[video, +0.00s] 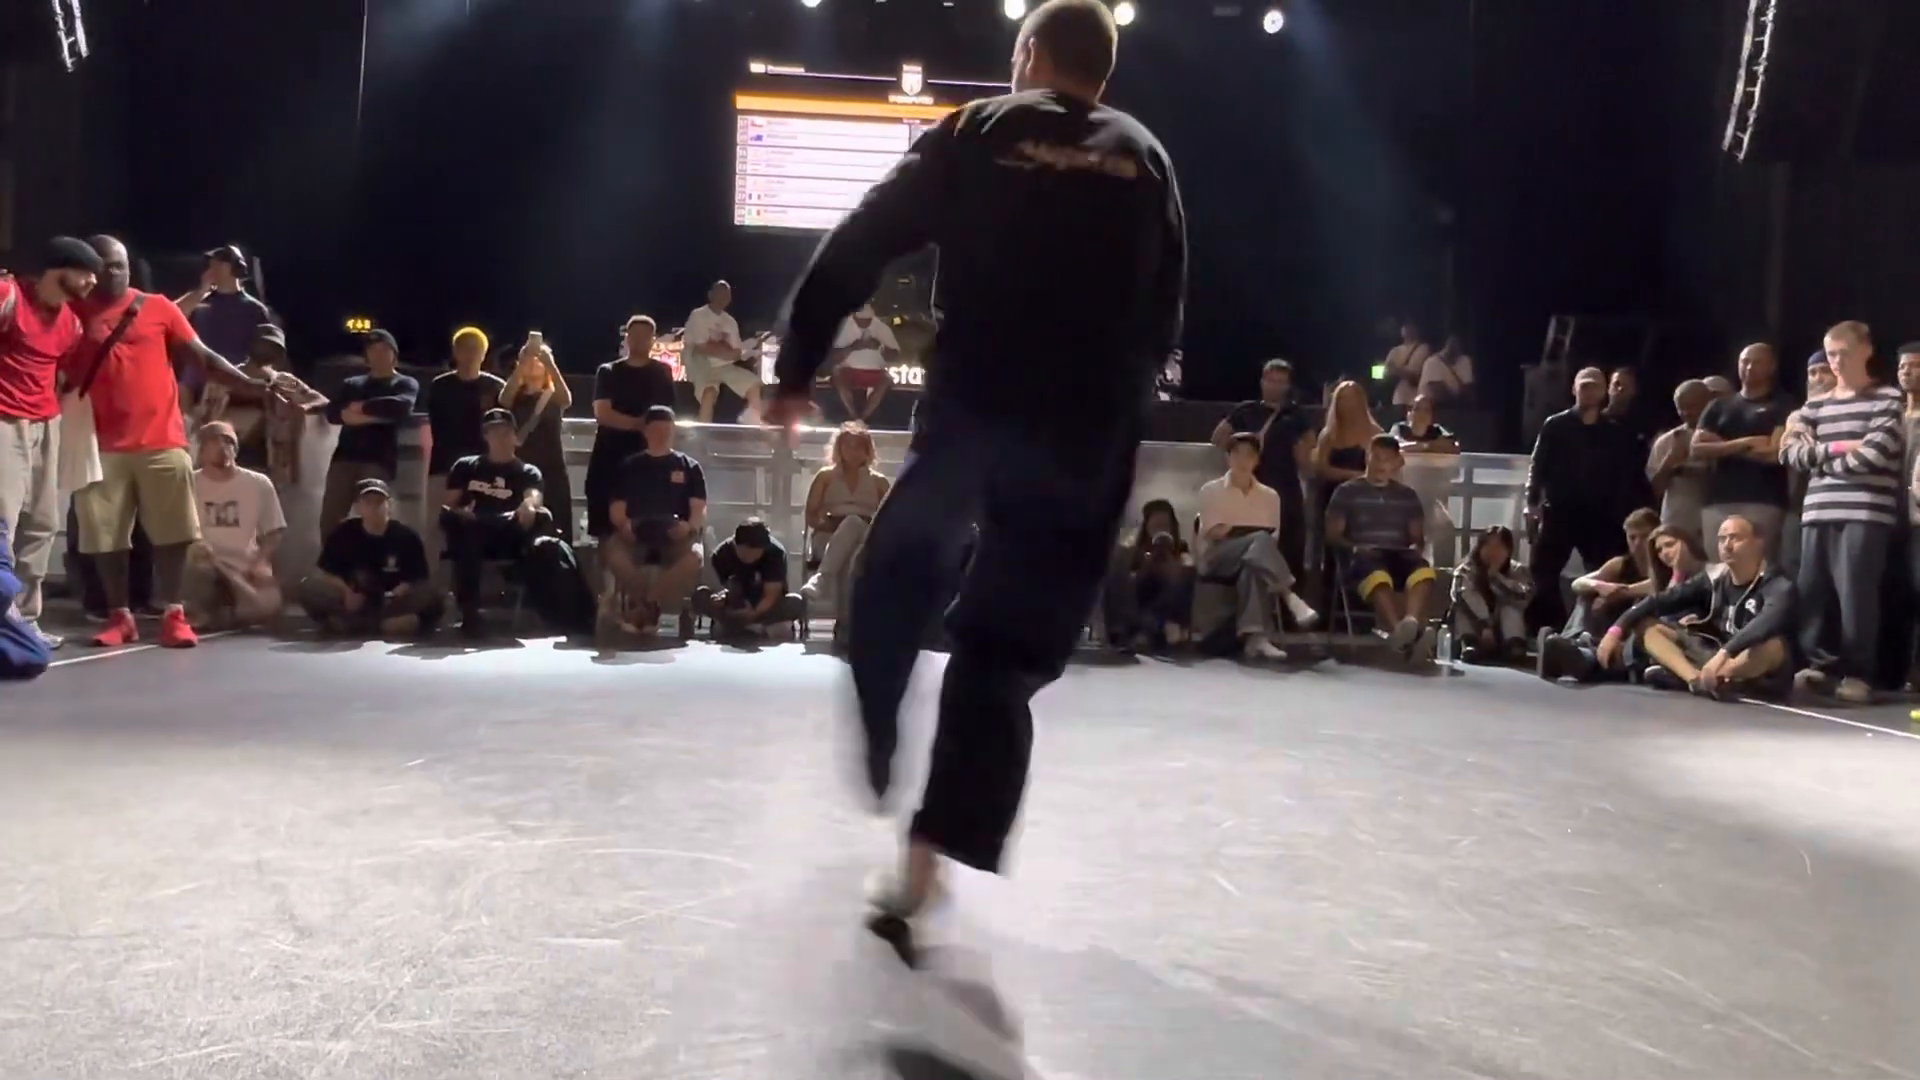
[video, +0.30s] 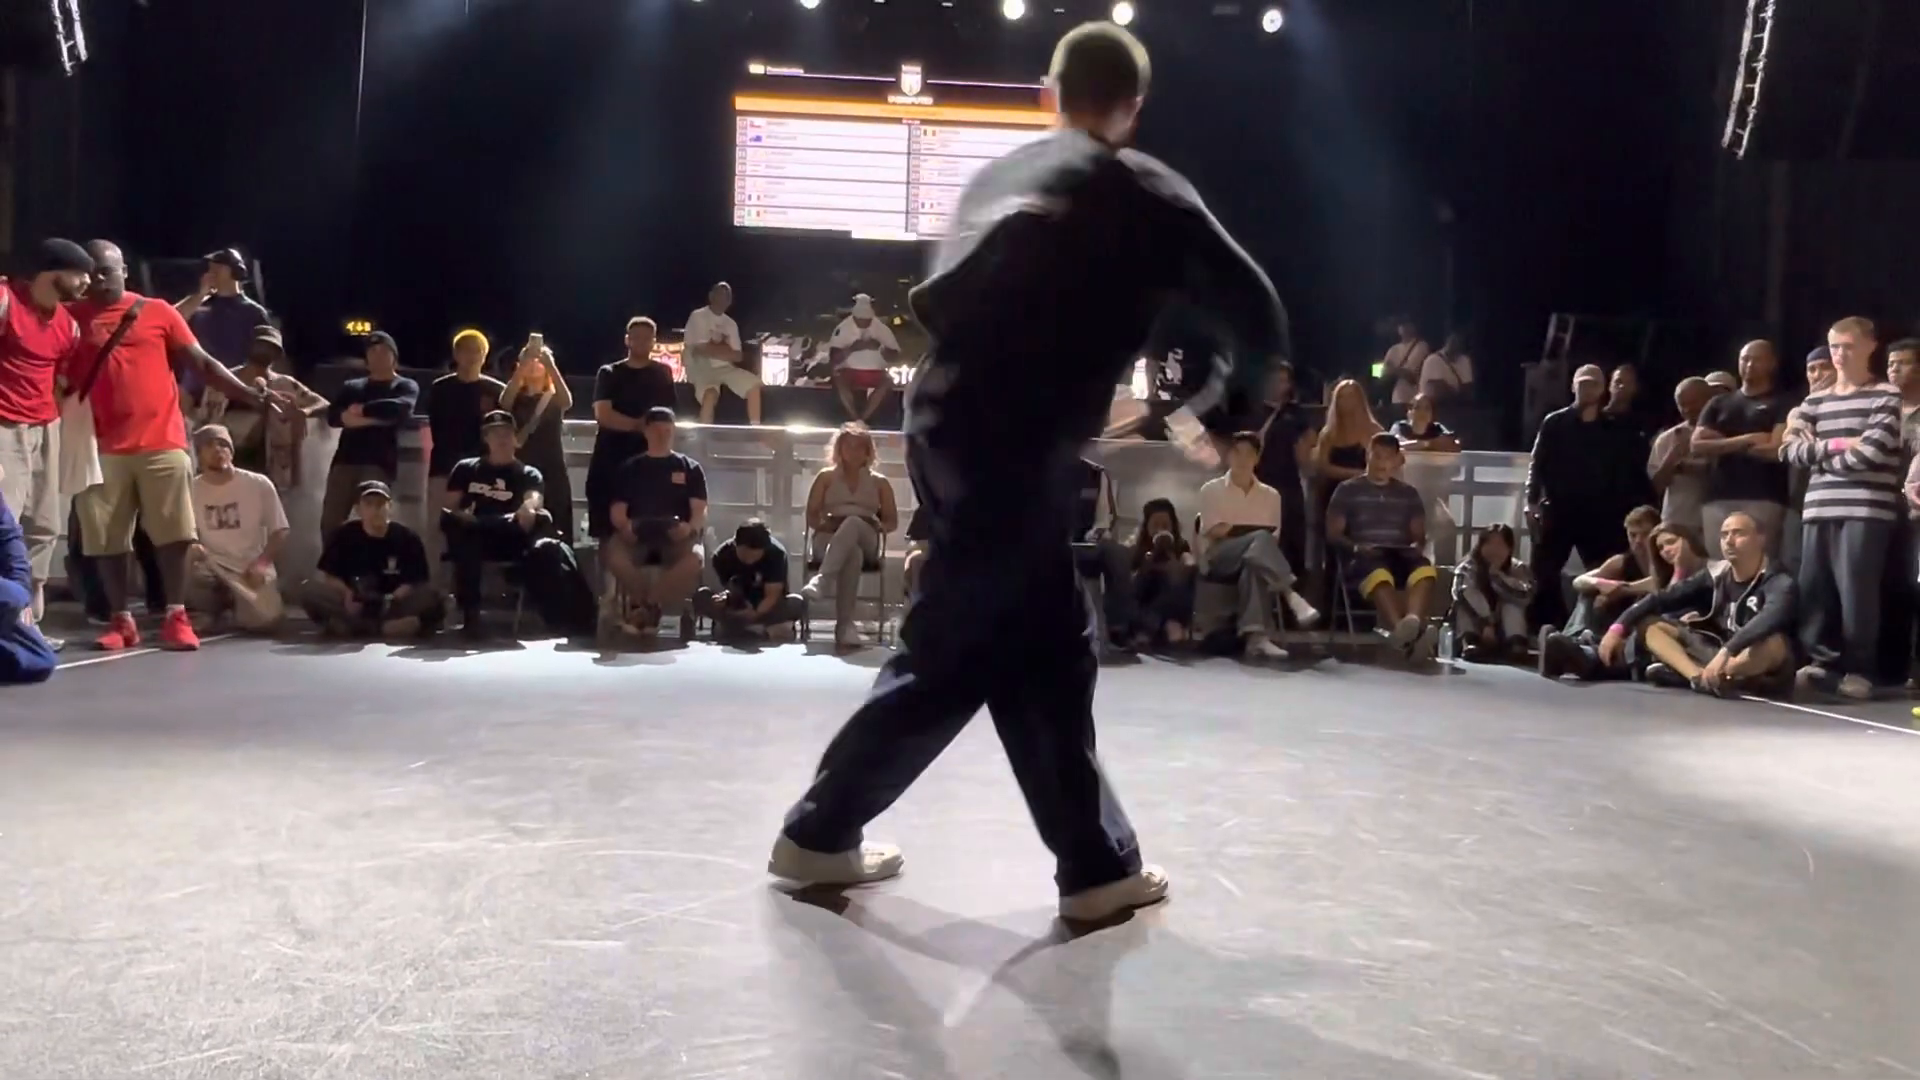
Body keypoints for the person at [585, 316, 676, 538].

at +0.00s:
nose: (639, 342)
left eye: (645, 337)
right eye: (634, 336)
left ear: (653, 340)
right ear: (626, 338)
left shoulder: (662, 372)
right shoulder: (608, 371)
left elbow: (664, 419)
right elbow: (602, 414)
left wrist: (614, 415)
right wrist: (641, 423)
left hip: (647, 457)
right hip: (610, 456)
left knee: (646, 526)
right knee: (606, 528)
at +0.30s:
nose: (642, 343)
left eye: (647, 338)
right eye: (637, 337)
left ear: (654, 342)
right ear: (627, 340)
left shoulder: (662, 372)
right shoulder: (609, 372)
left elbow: (666, 419)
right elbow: (603, 415)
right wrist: (641, 424)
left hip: (648, 459)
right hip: (610, 458)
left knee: (648, 527)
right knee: (607, 530)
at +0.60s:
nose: (644, 346)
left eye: (650, 341)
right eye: (639, 340)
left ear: (656, 345)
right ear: (630, 342)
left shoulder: (665, 375)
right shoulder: (611, 375)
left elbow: (669, 423)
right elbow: (606, 418)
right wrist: (645, 428)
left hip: (651, 463)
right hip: (613, 461)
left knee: (651, 531)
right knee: (611, 533)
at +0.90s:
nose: (647, 341)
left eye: (652, 336)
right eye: (642, 335)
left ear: (659, 341)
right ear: (632, 339)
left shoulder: (668, 372)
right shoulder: (615, 372)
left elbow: (672, 420)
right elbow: (609, 415)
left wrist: (622, 416)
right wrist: (648, 425)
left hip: (654, 460)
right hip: (616, 459)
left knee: (655, 528)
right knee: (613, 531)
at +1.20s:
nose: (653, 342)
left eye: (658, 338)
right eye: (648, 337)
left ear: (664, 342)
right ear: (637, 339)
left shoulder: (672, 373)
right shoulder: (618, 372)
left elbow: (676, 419)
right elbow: (613, 415)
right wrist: (651, 425)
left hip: (658, 459)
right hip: (620, 458)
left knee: (658, 526)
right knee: (617, 529)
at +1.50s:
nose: (657, 338)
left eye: (662, 334)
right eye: (652, 333)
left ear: (667, 338)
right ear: (640, 336)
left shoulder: (676, 369)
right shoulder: (622, 369)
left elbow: (678, 416)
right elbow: (616, 412)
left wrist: (631, 415)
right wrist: (653, 421)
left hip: (661, 455)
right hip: (623, 454)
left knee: (661, 523)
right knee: (620, 525)